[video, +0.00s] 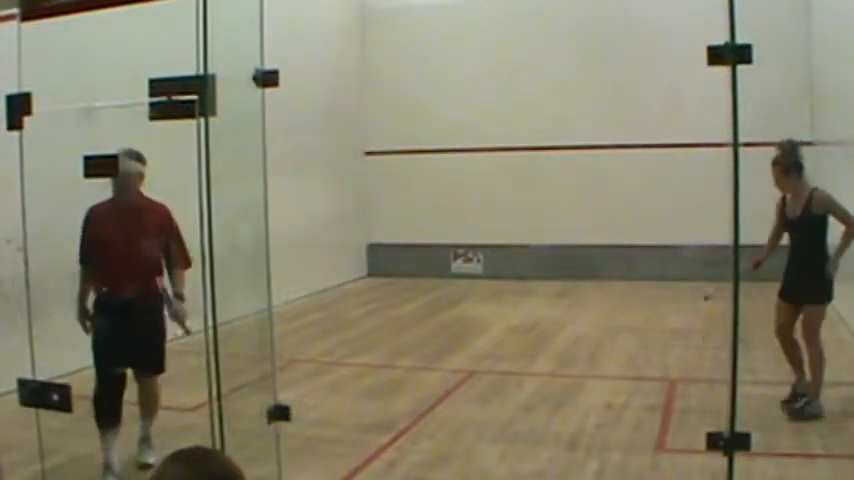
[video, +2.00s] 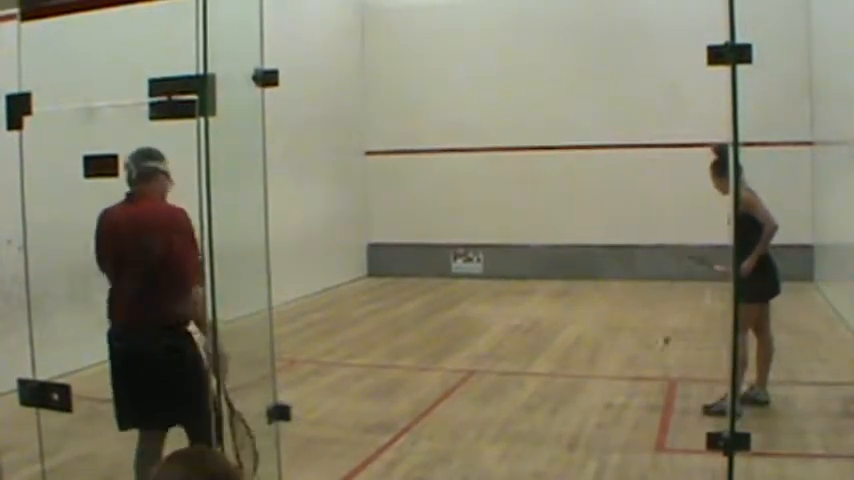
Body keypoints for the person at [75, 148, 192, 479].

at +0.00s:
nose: (125, 183)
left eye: (132, 177)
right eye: (120, 177)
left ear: (143, 178)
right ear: (112, 178)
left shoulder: (159, 214)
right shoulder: (97, 215)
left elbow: (176, 261)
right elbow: (87, 265)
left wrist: (180, 299)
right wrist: (82, 302)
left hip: (147, 306)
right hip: (108, 307)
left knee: (147, 377)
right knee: (109, 382)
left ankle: (146, 441)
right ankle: (109, 459)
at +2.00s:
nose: (168, 186)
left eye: (167, 179)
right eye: (166, 179)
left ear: (132, 180)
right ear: (161, 180)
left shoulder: (110, 218)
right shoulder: (174, 217)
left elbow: (107, 267)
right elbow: (191, 286)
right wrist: (209, 336)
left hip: (127, 339)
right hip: (171, 339)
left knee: (151, 429)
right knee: (201, 429)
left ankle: (145, 477)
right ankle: (208, 479)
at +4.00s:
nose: (189, 181)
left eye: (188, 175)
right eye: (186, 175)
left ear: (156, 175)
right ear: (173, 175)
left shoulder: (133, 209)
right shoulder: (184, 209)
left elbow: (122, 255)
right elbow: (193, 255)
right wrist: (202, 282)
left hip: (138, 302)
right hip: (176, 303)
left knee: (137, 372)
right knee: (186, 378)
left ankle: (128, 444)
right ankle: (190, 446)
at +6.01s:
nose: (27, 192)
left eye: (24, 186)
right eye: (33, 185)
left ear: (20, 189)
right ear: (46, 188)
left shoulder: (10, 226)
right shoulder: (65, 222)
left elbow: (5, 272)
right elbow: (86, 256)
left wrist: (18, 291)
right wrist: (58, 266)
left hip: (29, 314)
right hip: (65, 311)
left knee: (5, 375)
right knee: (82, 368)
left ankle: (11, 451)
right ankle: (120, 427)